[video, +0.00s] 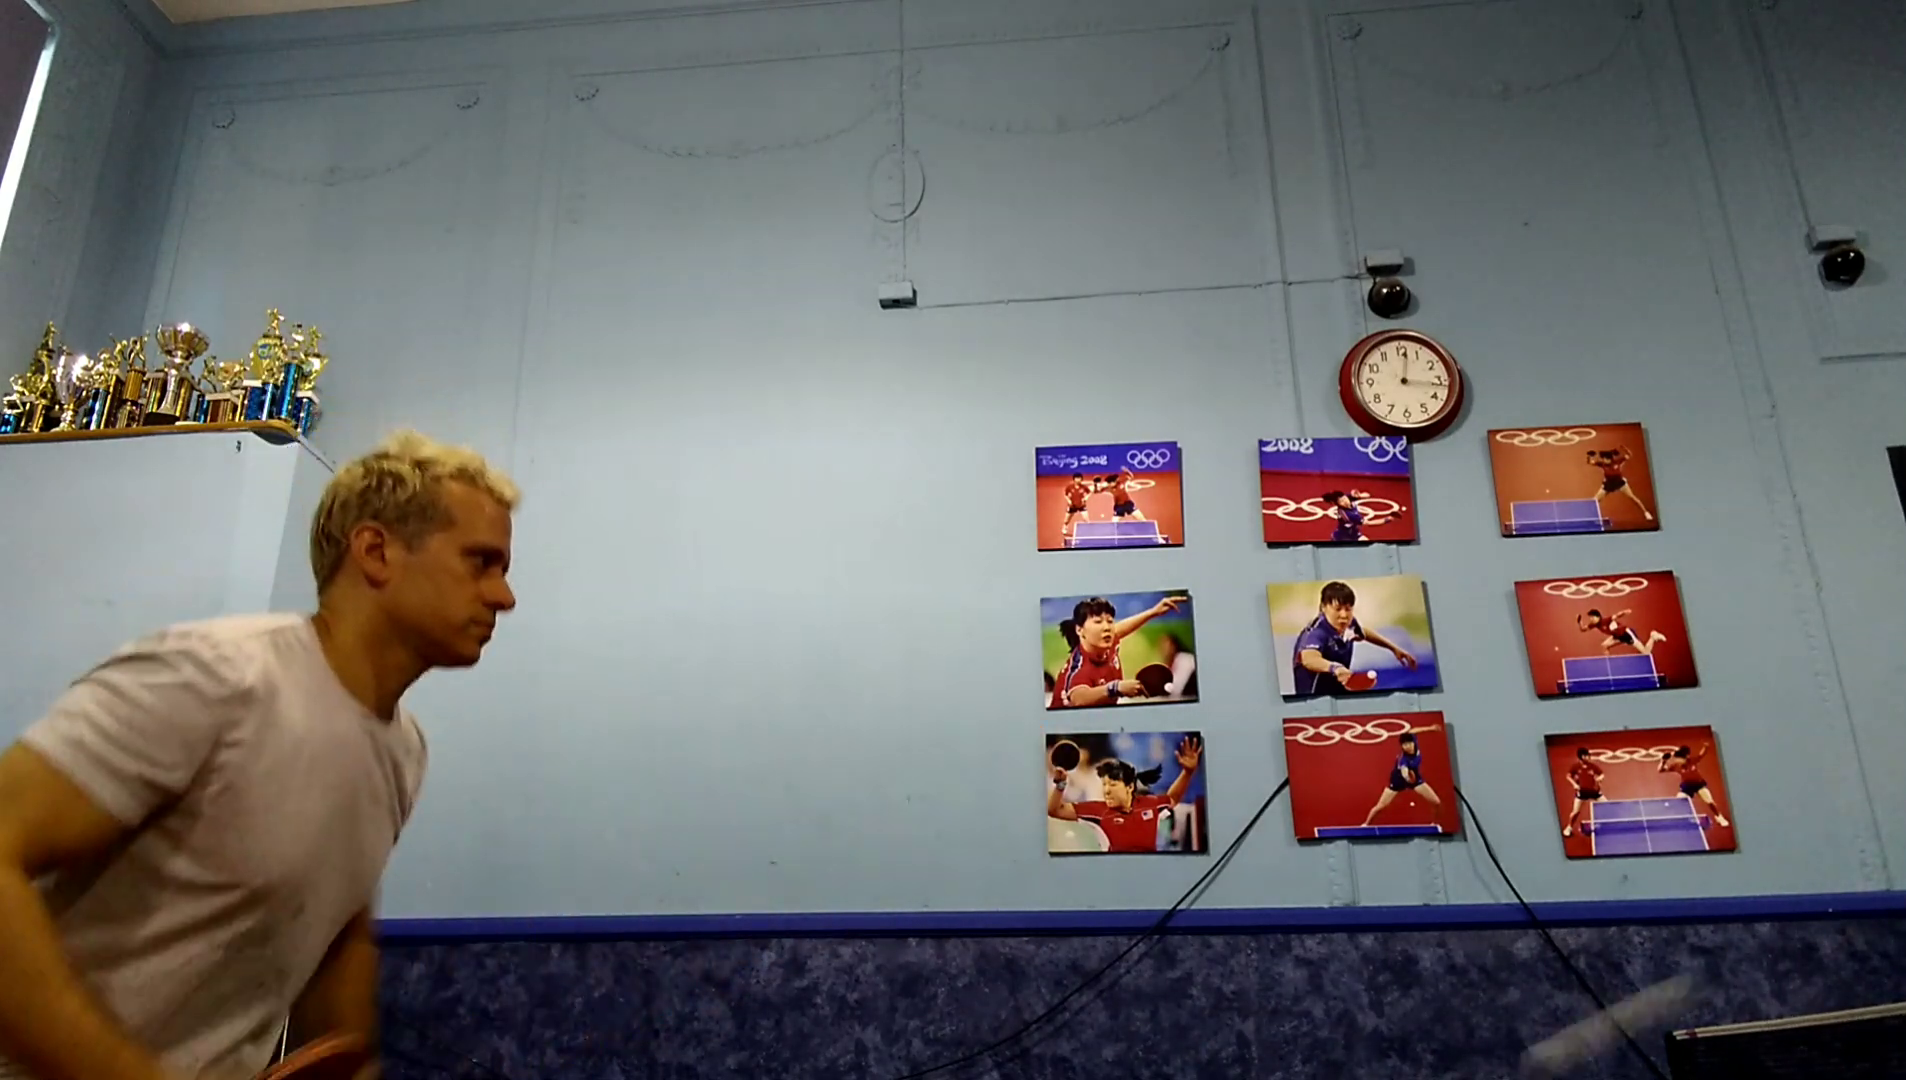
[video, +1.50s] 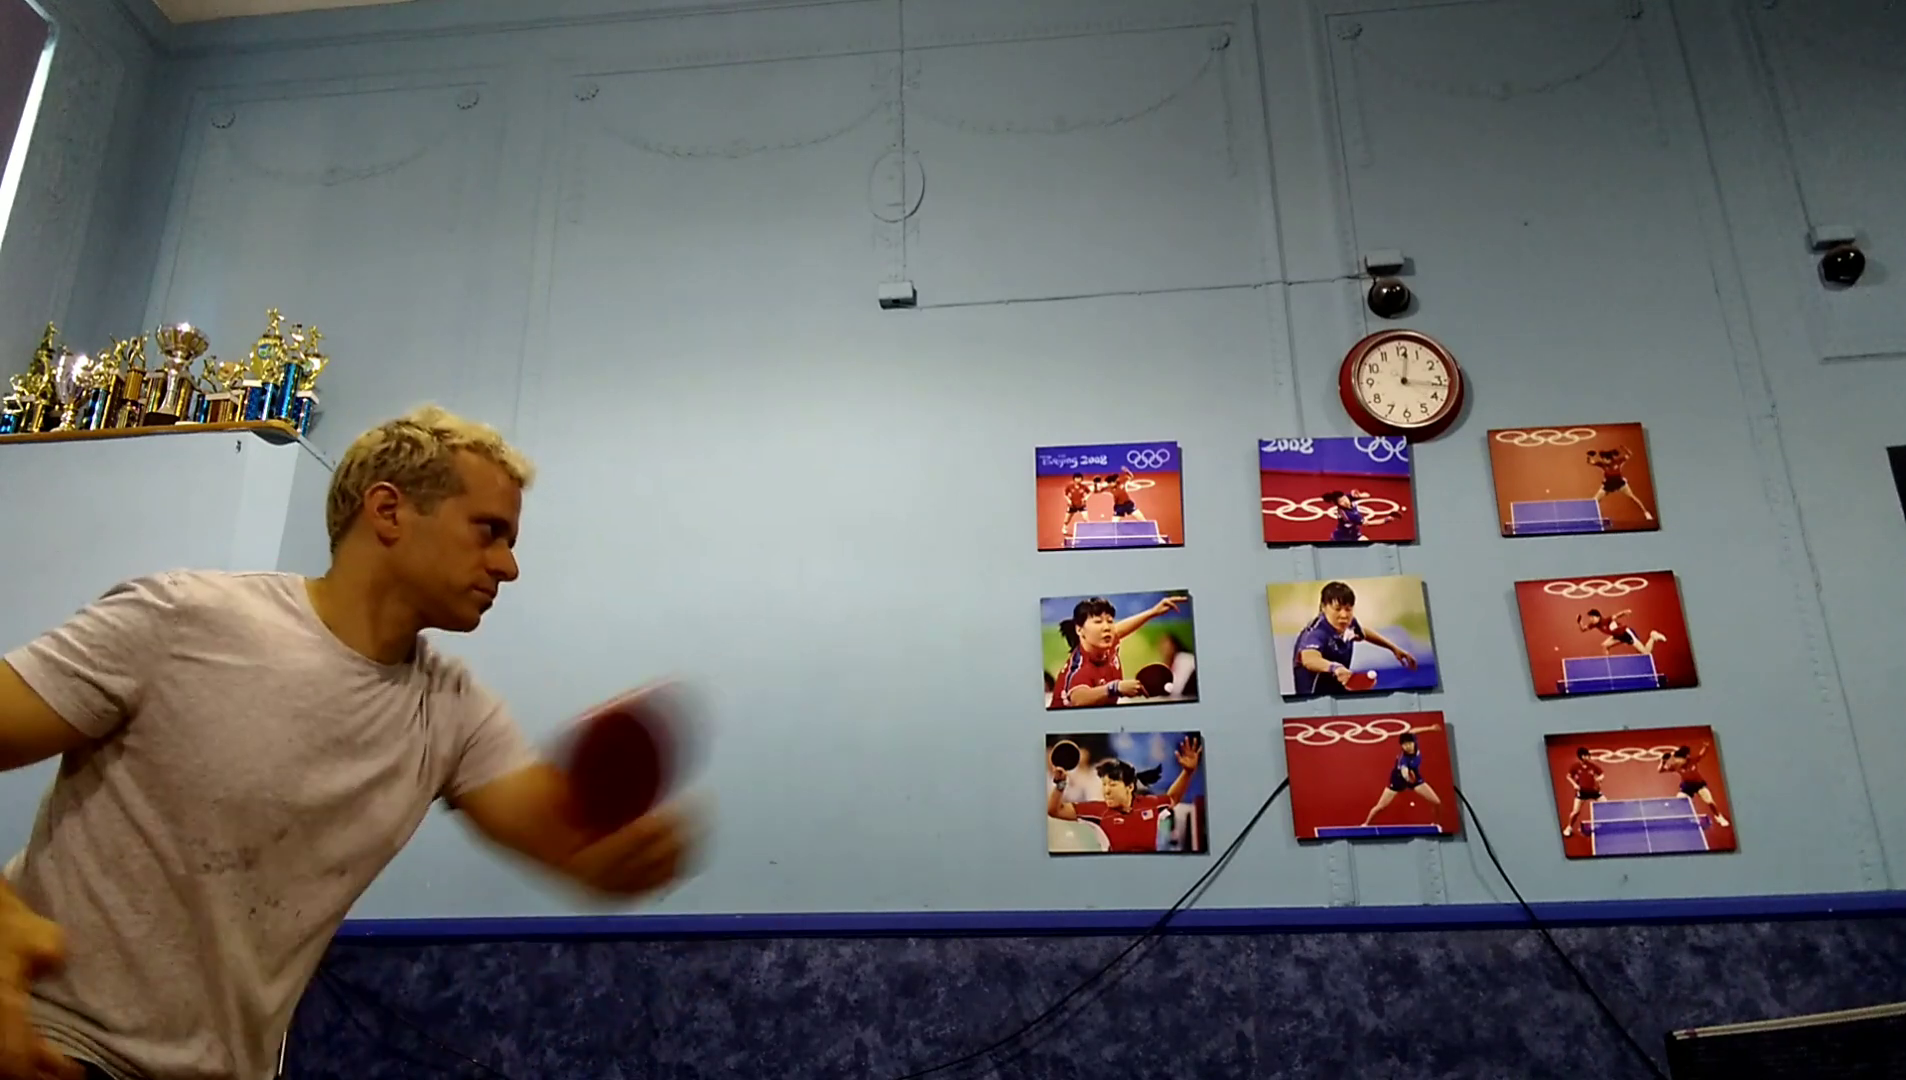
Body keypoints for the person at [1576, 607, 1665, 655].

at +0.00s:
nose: (1590, 620)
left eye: (1591, 618)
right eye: (1590, 619)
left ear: (1597, 617)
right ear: (1593, 618)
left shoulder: (1607, 621)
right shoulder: (1594, 625)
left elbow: (1617, 615)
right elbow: (1583, 630)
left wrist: (1625, 612)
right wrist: (1579, 623)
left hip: (1627, 634)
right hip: (1617, 637)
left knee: (1645, 652)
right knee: (1604, 645)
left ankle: (1653, 636)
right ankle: (1609, 667)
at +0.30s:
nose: (1590, 620)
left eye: (1591, 618)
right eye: (1590, 619)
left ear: (1597, 617)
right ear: (1593, 618)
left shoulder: (1607, 620)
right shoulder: (1594, 624)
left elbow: (1617, 615)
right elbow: (1583, 630)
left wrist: (1625, 612)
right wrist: (1579, 623)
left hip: (1627, 634)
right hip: (1618, 636)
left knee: (1646, 652)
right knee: (1604, 645)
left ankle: (1653, 636)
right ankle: (1608, 667)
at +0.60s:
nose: (1590, 620)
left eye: (1591, 618)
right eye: (1590, 619)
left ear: (1597, 617)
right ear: (1593, 618)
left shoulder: (1607, 620)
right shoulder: (1594, 624)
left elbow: (1617, 615)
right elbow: (1583, 630)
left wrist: (1625, 612)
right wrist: (1579, 623)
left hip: (1627, 634)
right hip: (1618, 636)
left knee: (1646, 652)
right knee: (1604, 645)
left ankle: (1653, 636)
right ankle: (1607, 667)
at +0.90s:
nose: (1591, 620)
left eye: (1592, 618)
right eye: (1590, 619)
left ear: (1597, 617)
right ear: (1593, 619)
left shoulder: (1607, 620)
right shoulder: (1594, 625)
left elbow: (1617, 615)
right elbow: (1583, 630)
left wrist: (1626, 612)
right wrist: (1579, 623)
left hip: (1627, 633)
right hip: (1617, 636)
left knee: (1645, 652)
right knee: (1604, 645)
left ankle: (1653, 636)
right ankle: (1608, 667)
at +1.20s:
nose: (1590, 620)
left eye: (1591, 618)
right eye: (1590, 618)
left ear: (1597, 617)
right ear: (1593, 618)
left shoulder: (1607, 620)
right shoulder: (1594, 624)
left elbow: (1617, 615)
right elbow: (1583, 630)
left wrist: (1626, 612)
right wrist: (1579, 623)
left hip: (1627, 634)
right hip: (1618, 636)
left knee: (1645, 652)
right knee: (1604, 645)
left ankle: (1653, 636)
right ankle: (1608, 667)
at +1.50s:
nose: (1591, 620)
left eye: (1591, 618)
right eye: (1590, 619)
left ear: (1597, 617)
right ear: (1593, 618)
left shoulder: (1607, 620)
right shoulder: (1595, 625)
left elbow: (1617, 615)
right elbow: (1584, 630)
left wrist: (1625, 612)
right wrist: (1579, 623)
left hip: (1627, 634)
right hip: (1618, 637)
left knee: (1646, 652)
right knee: (1604, 645)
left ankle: (1653, 636)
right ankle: (1608, 667)